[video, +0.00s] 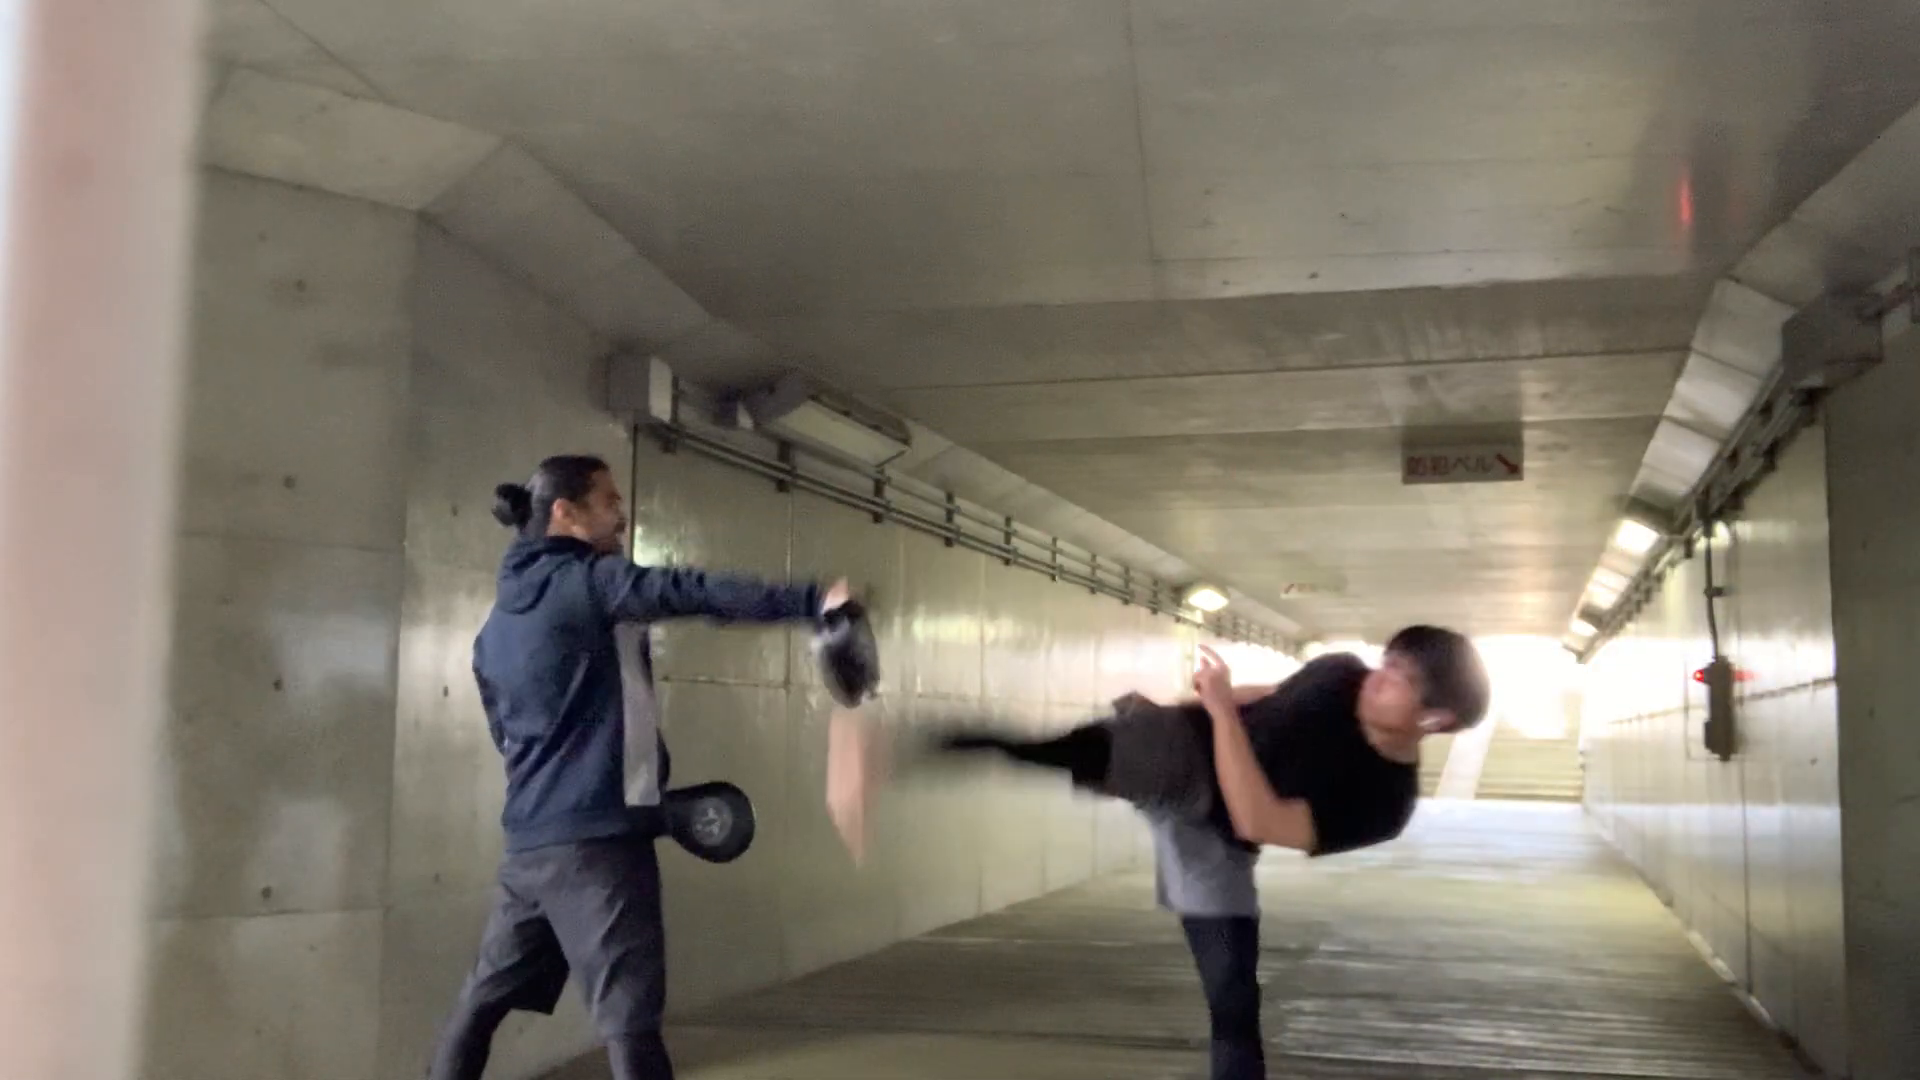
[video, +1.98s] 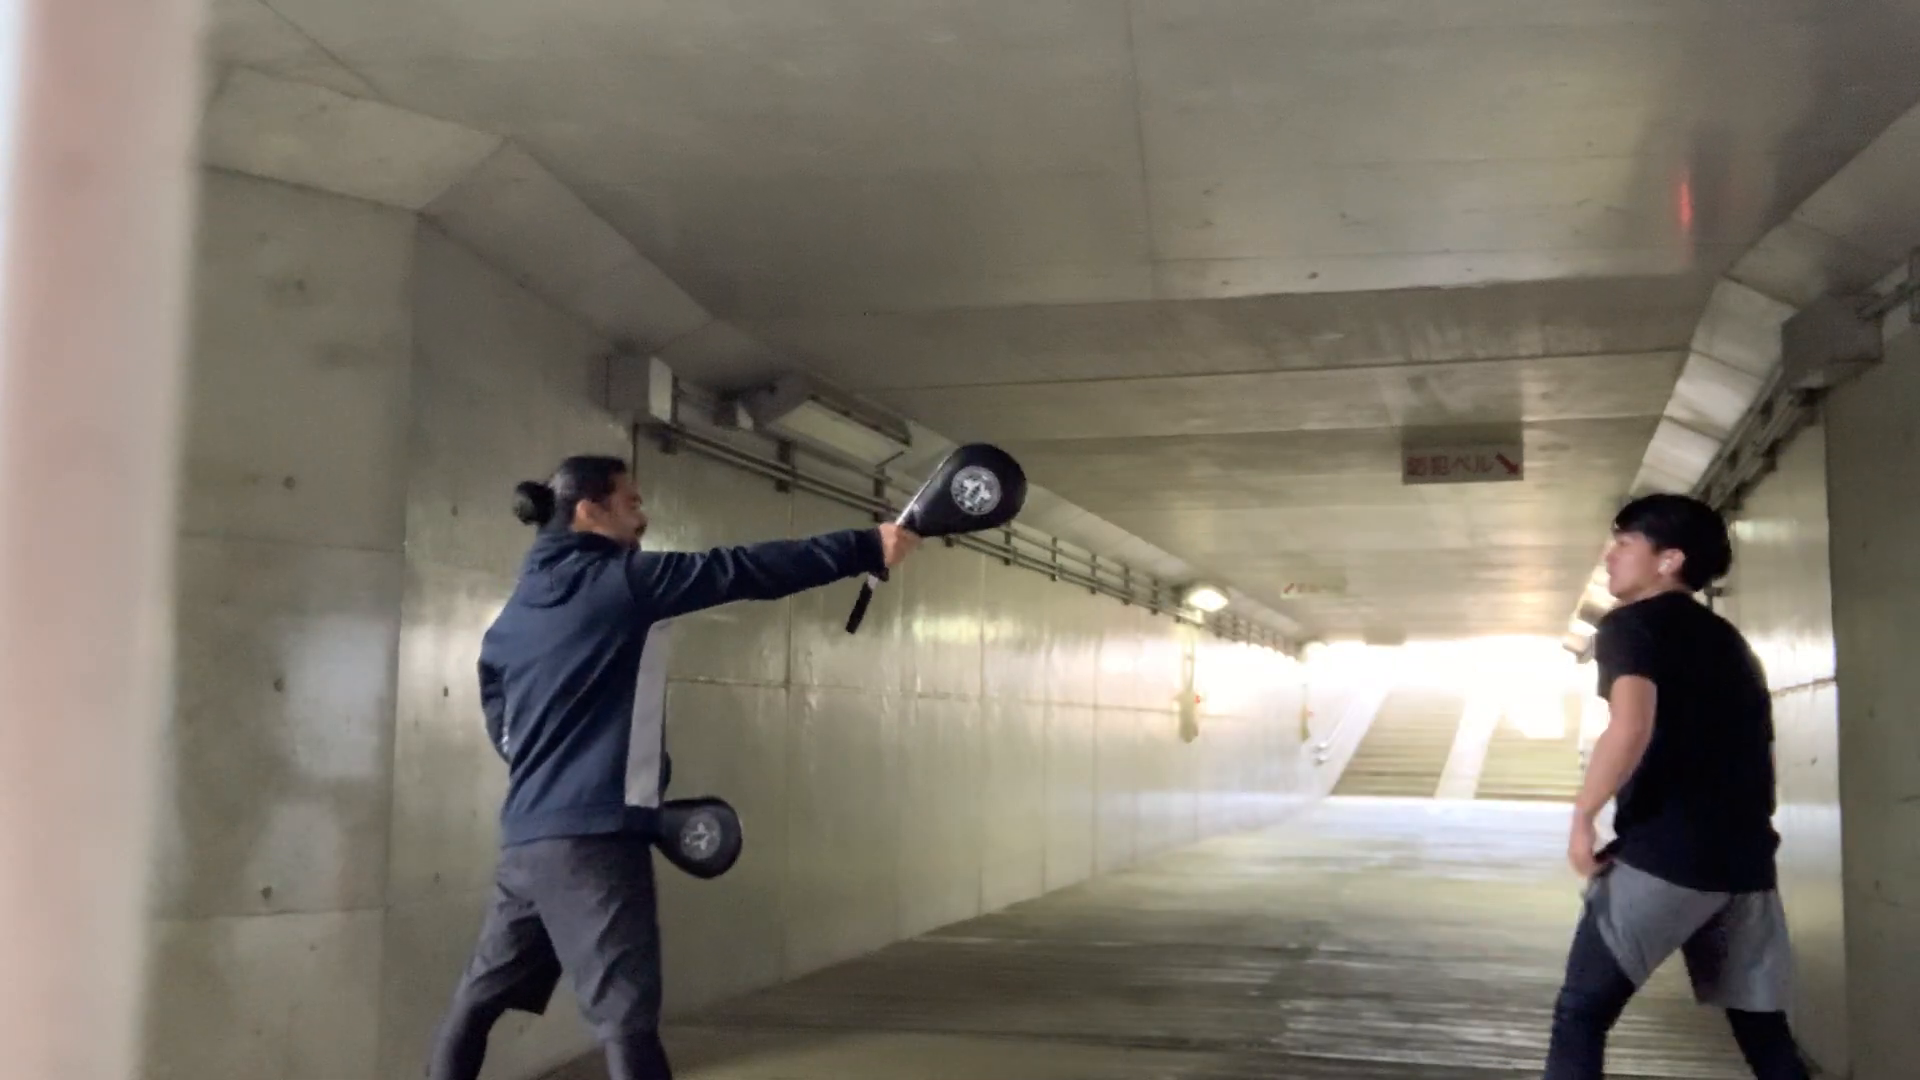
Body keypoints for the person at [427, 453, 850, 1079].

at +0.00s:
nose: (623, 516)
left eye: (620, 503)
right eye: (611, 503)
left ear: (556, 517)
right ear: (564, 512)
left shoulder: (493, 631)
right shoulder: (591, 581)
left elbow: (520, 748)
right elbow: (695, 589)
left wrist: (647, 799)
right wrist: (812, 600)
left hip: (528, 845)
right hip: (596, 841)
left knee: (478, 1008)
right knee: (630, 1027)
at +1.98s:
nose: (642, 514)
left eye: (637, 501)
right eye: (630, 501)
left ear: (579, 512)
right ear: (588, 510)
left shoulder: (507, 623)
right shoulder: (623, 577)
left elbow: (510, 738)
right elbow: (741, 570)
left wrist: (613, 793)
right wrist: (869, 546)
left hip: (529, 836)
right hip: (590, 834)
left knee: (474, 1004)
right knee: (626, 1023)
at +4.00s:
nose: (648, 521)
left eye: (646, 506)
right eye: (637, 506)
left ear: (584, 518)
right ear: (592, 515)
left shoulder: (513, 629)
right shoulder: (612, 582)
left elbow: (533, 750)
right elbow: (719, 595)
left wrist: (643, 801)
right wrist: (843, 586)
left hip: (535, 837)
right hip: (598, 835)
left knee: (485, 998)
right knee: (633, 1023)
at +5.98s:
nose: (634, 517)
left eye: (630, 504)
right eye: (623, 504)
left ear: (568, 517)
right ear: (578, 513)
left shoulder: (501, 633)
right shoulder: (611, 578)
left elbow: (526, 747)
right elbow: (731, 572)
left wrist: (637, 785)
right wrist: (855, 546)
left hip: (532, 841)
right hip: (595, 841)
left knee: (477, 1009)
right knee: (628, 1029)